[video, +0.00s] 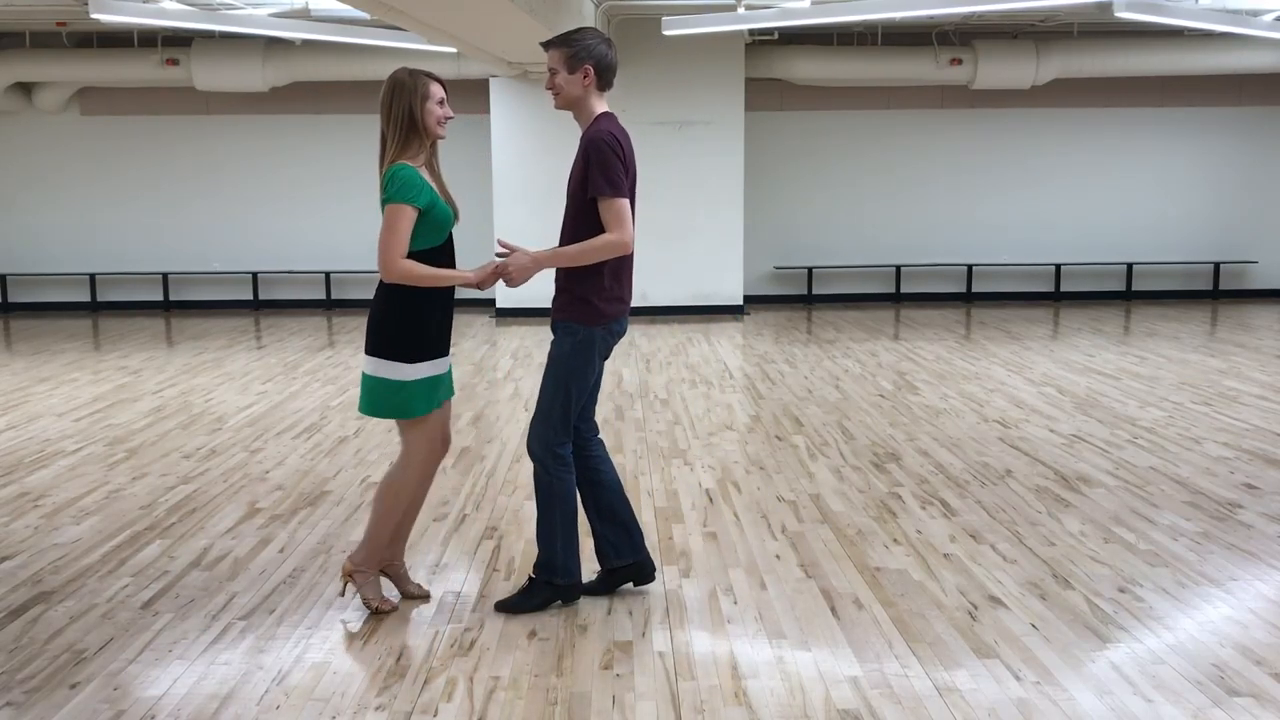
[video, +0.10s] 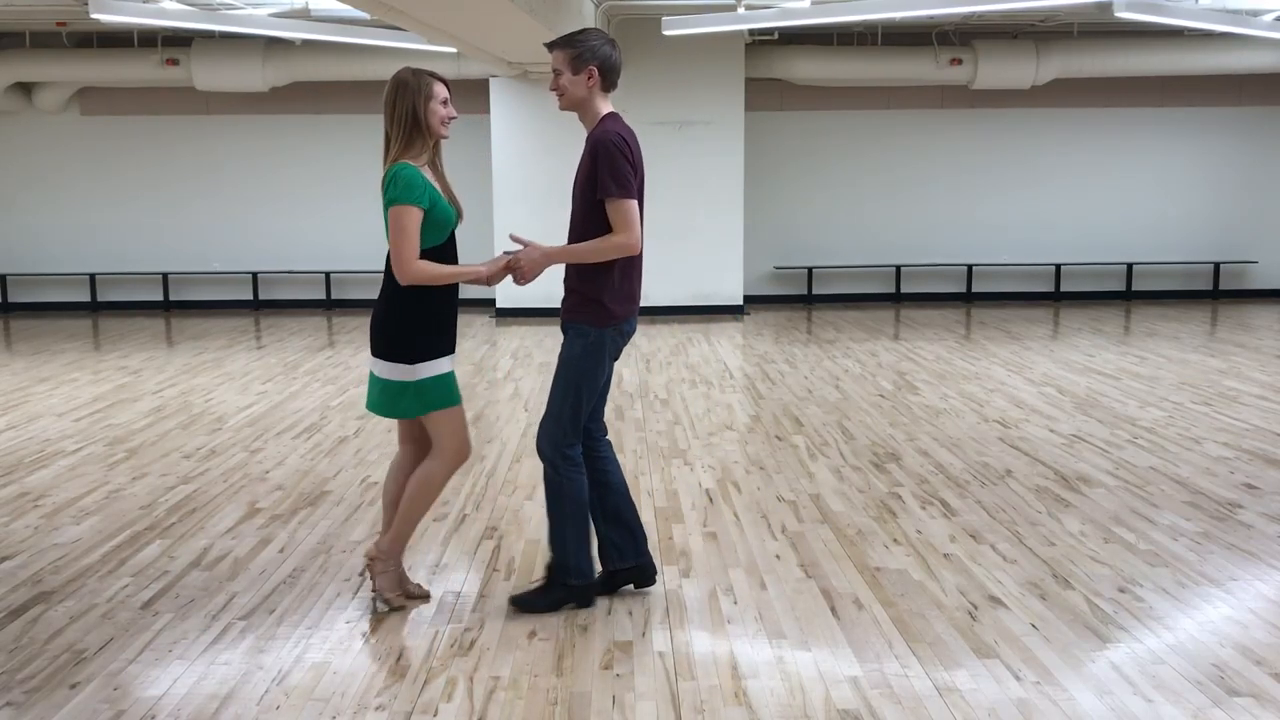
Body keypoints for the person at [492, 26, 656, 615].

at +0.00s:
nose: (547, 83)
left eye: (554, 72)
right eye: (547, 73)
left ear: (584, 74)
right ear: (586, 76)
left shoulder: (603, 139)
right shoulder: (600, 135)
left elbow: (620, 239)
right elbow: (597, 236)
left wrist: (538, 260)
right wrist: (535, 260)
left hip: (588, 317)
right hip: (589, 313)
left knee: (549, 440)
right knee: (579, 435)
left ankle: (556, 577)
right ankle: (628, 559)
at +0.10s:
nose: (551, 83)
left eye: (559, 73)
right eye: (552, 74)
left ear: (590, 75)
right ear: (590, 77)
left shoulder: (610, 140)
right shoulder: (603, 136)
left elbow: (628, 239)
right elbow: (605, 236)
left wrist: (549, 254)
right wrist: (543, 259)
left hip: (600, 318)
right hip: (595, 315)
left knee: (558, 440)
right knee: (587, 437)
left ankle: (571, 578)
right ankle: (630, 562)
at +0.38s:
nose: (574, 83)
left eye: (580, 73)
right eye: (574, 73)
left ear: (612, 76)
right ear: (611, 77)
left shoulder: (632, 136)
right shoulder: (627, 133)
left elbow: (657, 231)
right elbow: (633, 225)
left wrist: (576, 219)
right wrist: (571, 216)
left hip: (628, 318)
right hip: (611, 315)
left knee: (618, 442)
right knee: (594, 436)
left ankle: (696, 564)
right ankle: (627, 564)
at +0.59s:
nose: (596, 86)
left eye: (602, 75)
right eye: (596, 76)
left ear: (636, 76)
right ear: (636, 78)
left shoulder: (649, 136)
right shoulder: (654, 134)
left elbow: (675, 233)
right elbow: (651, 230)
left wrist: (594, 243)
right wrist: (591, 226)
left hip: (663, 318)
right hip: (648, 317)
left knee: (666, 444)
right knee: (622, 432)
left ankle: (714, 576)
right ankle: (644, 564)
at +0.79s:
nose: (616, 88)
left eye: (622, 78)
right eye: (616, 78)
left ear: (653, 79)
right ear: (656, 80)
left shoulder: (673, 144)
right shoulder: (677, 139)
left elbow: (702, 242)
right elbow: (682, 235)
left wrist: (623, 264)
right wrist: (626, 242)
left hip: (685, 324)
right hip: (687, 320)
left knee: (675, 451)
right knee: (680, 443)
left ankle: (714, 576)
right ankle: (750, 551)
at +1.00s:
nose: (621, 84)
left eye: (628, 73)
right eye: (620, 74)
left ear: (659, 75)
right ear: (661, 77)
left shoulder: (679, 140)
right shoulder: (680, 134)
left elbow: (709, 238)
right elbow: (691, 225)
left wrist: (632, 253)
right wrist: (633, 226)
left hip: (696, 318)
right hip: (706, 314)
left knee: (687, 446)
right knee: (714, 435)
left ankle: (714, 575)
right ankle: (774, 557)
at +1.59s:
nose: (586, 82)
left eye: (593, 72)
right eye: (587, 72)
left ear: (624, 74)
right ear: (624, 76)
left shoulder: (638, 137)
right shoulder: (643, 132)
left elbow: (655, 235)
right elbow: (645, 219)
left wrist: (582, 206)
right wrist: (589, 213)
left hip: (648, 319)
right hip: (631, 317)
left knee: (656, 443)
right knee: (616, 437)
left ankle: (710, 569)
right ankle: (635, 565)